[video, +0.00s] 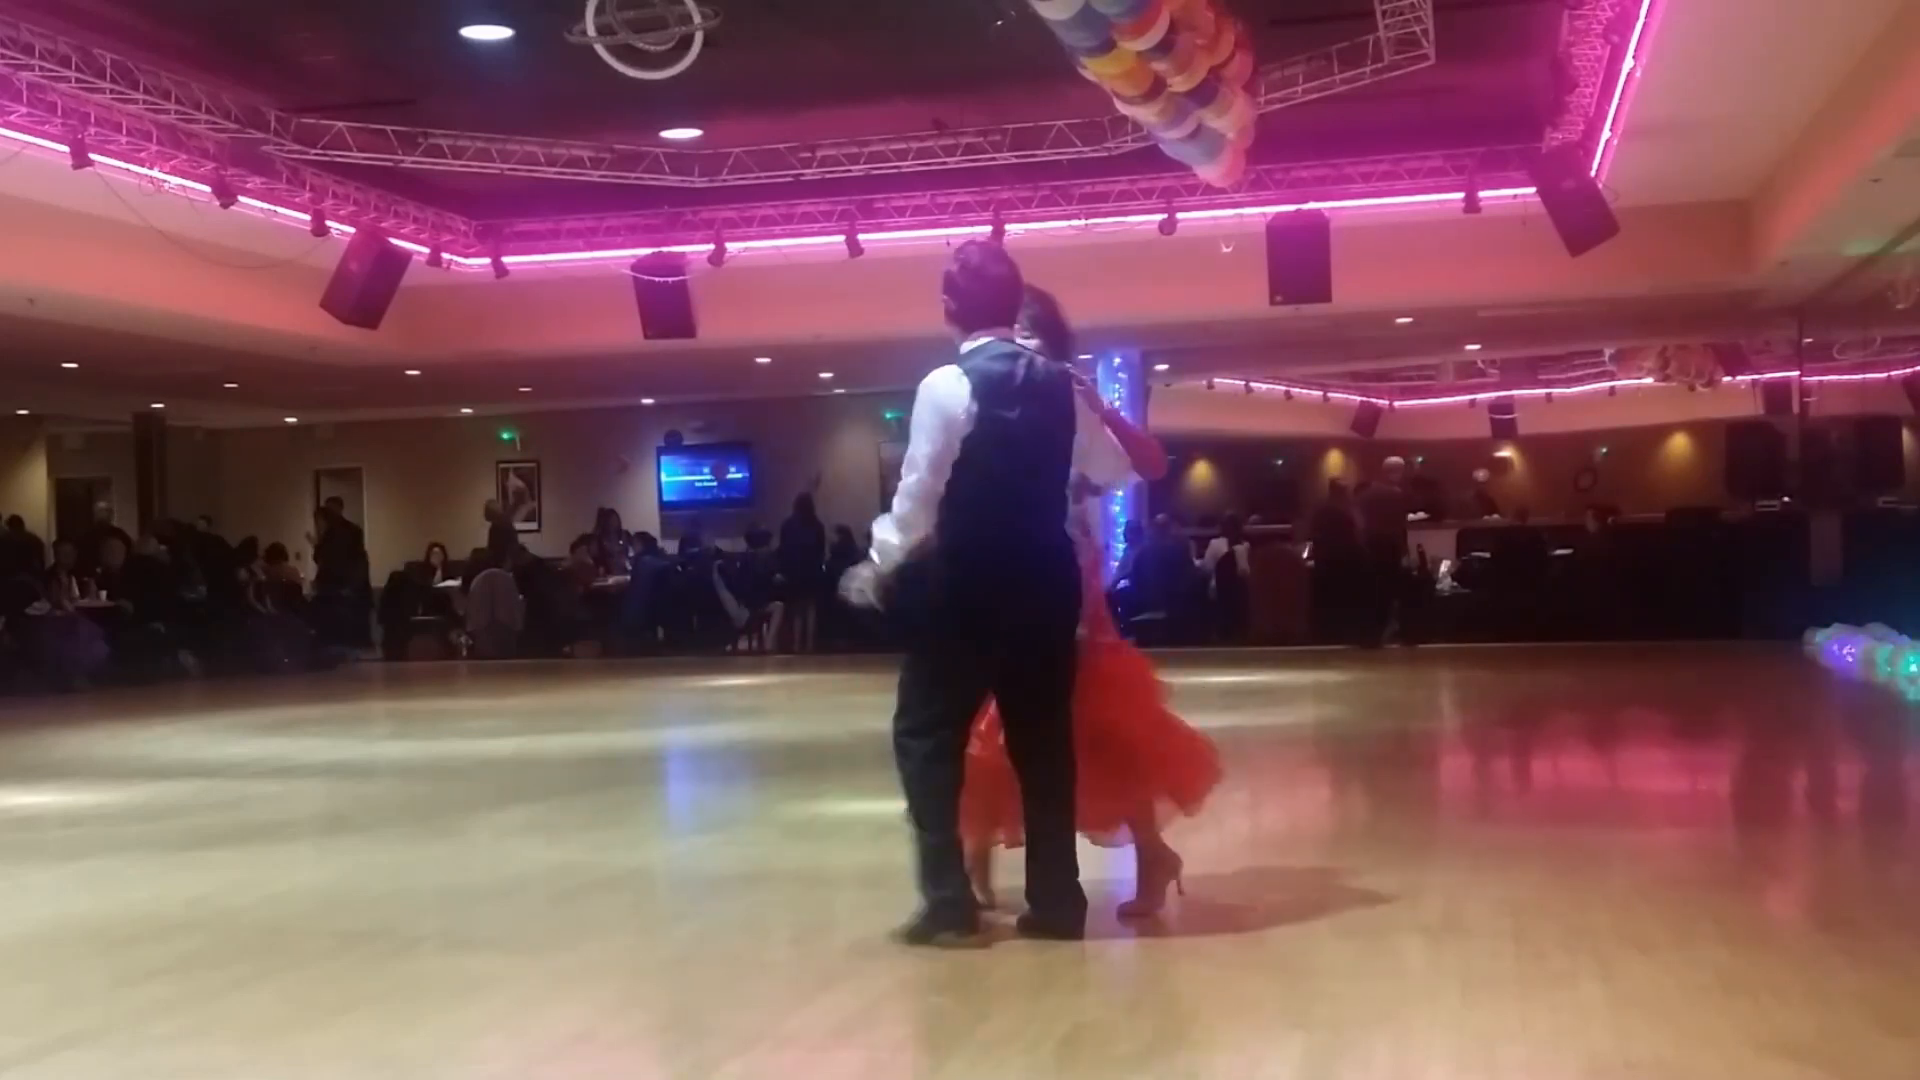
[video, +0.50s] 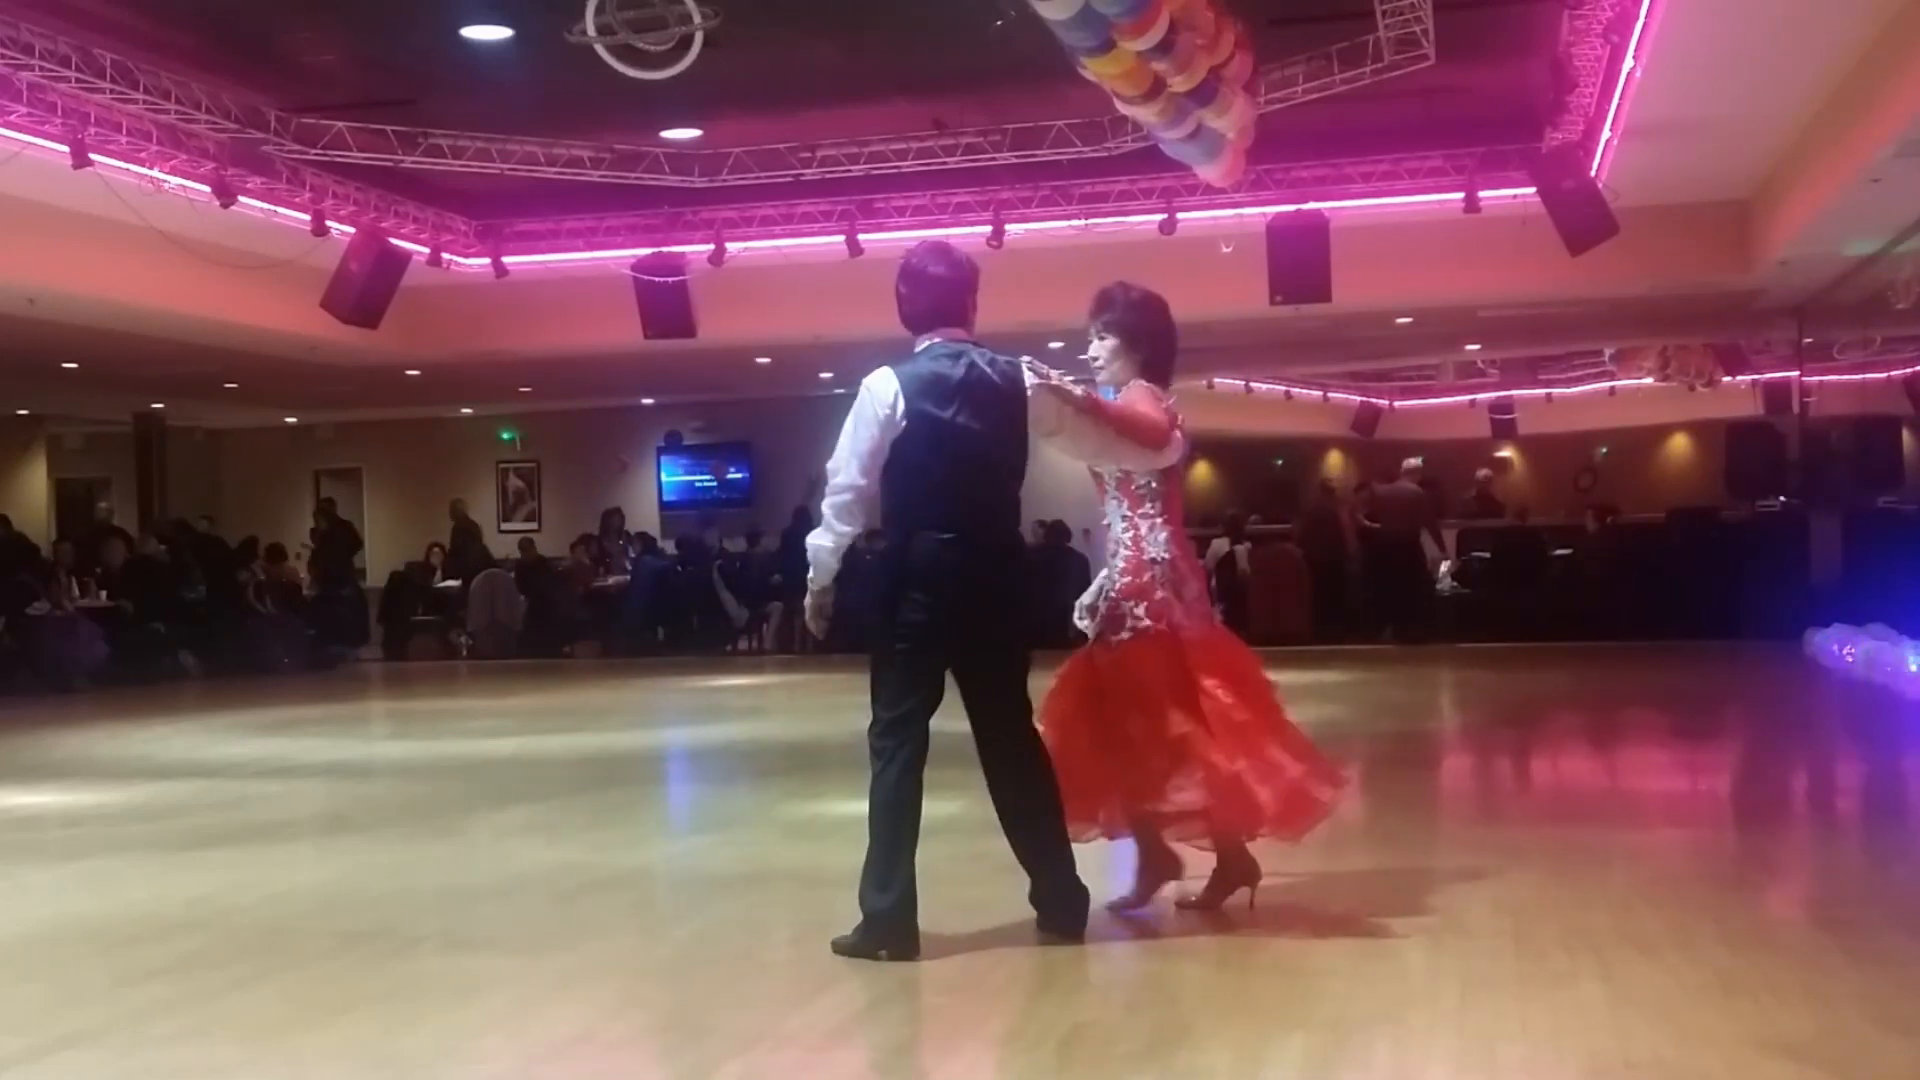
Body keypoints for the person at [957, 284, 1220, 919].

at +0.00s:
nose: (1021, 343)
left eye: (1033, 332)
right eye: (1013, 332)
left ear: (1057, 343)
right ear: (998, 339)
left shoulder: (1077, 399)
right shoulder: (983, 407)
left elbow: (1153, 463)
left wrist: (1095, 410)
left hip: (1072, 588)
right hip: (999, 585)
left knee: (1100, 715)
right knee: (981, 731)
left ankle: (1150, 850)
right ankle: (977, 878)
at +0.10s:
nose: (1045, 348)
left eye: (1059, 337)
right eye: (1035, 337)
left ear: (1090, 348)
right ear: (1022, 344)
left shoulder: (1103, 409)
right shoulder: (1008, 404)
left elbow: (1165, 461)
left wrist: (1097, 407)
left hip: (1085, 564)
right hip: (1025, 565)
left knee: (1106, 707)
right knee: (1027, 714)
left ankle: (1160, 851)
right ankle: (1048, 869)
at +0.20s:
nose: (1062, 349)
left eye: (1075, 337)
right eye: (1055, 337)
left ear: (1109, 347)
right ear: (1047, 346)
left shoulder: (1121, 406)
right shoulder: (1048, 410)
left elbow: (1165, 456)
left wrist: (1091, 406)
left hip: (1108, 571)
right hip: (1063, 571)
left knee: (1110, 713)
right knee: (1098, 715)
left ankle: (1159, 850)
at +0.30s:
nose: (1075, 352)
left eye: (1090, 339)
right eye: (1073, 339)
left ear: (1127, 348)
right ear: (1076, 346)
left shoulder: (1130, 401)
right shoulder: (1097, 411)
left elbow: (1159, 452)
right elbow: (1099, 518)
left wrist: (1080, 408)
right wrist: (1059, 579)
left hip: (1128, 576)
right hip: (1110, 577)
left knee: (1133, 721)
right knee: (1137, 719)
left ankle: (1171, 858)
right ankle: (1202, 842)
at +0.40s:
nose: (1090, 348)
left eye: (1103, 336)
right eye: (1087, 336)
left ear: (1138, 344)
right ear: (1092, 341)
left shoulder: (1137, 395)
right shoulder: (1115, 405)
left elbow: (1155, 444)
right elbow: (1120, 518)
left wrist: (1075, 404)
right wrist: (1093, 582)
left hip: (1139, 579)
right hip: (1136, 577)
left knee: (1121, 721)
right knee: (1153, 722)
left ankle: (1163, 859)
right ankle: (1229, 851)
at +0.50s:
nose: (1092, 350)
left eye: (1104, 338)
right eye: (1090, 338)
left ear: (1138, 345)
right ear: (1127, 349)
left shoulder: (1141, 397)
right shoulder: (1133, 405)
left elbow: (1154, 433)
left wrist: (1082, 398)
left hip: (1146, 574)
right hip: (1151, 572)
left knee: (1091, 712)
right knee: (1180, 717)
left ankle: (1150, 851)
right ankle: (1233, 854)